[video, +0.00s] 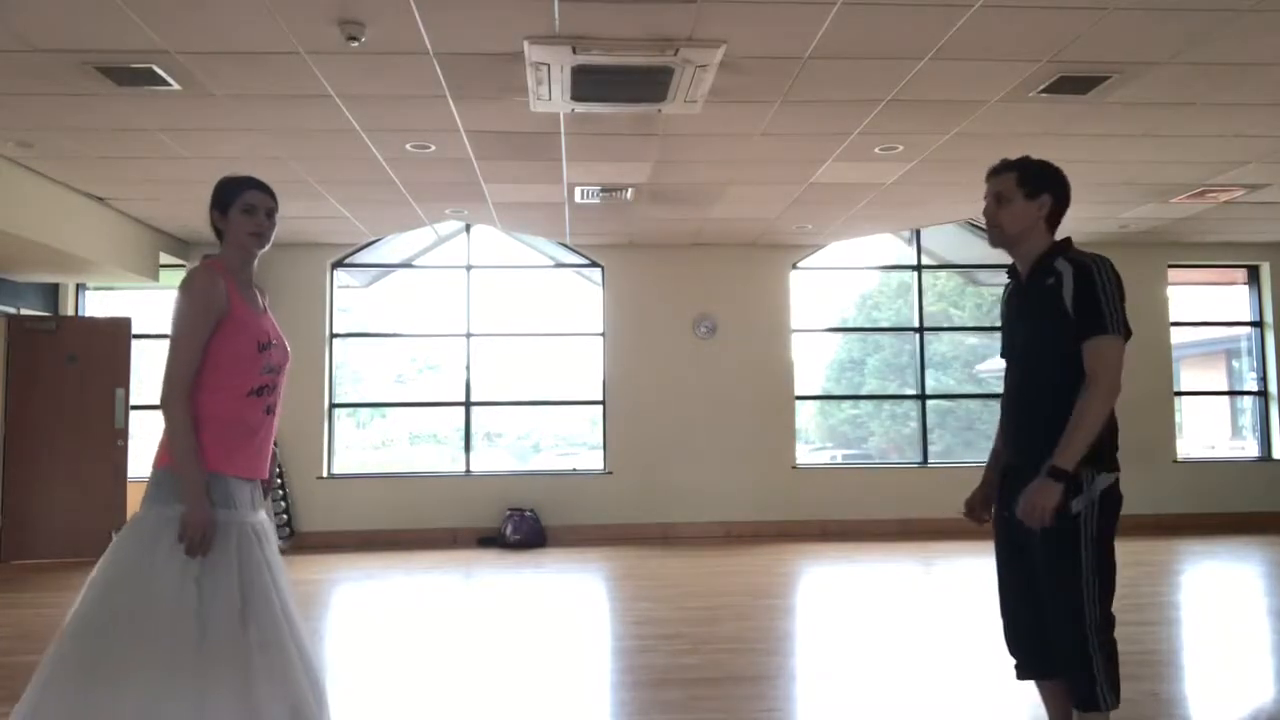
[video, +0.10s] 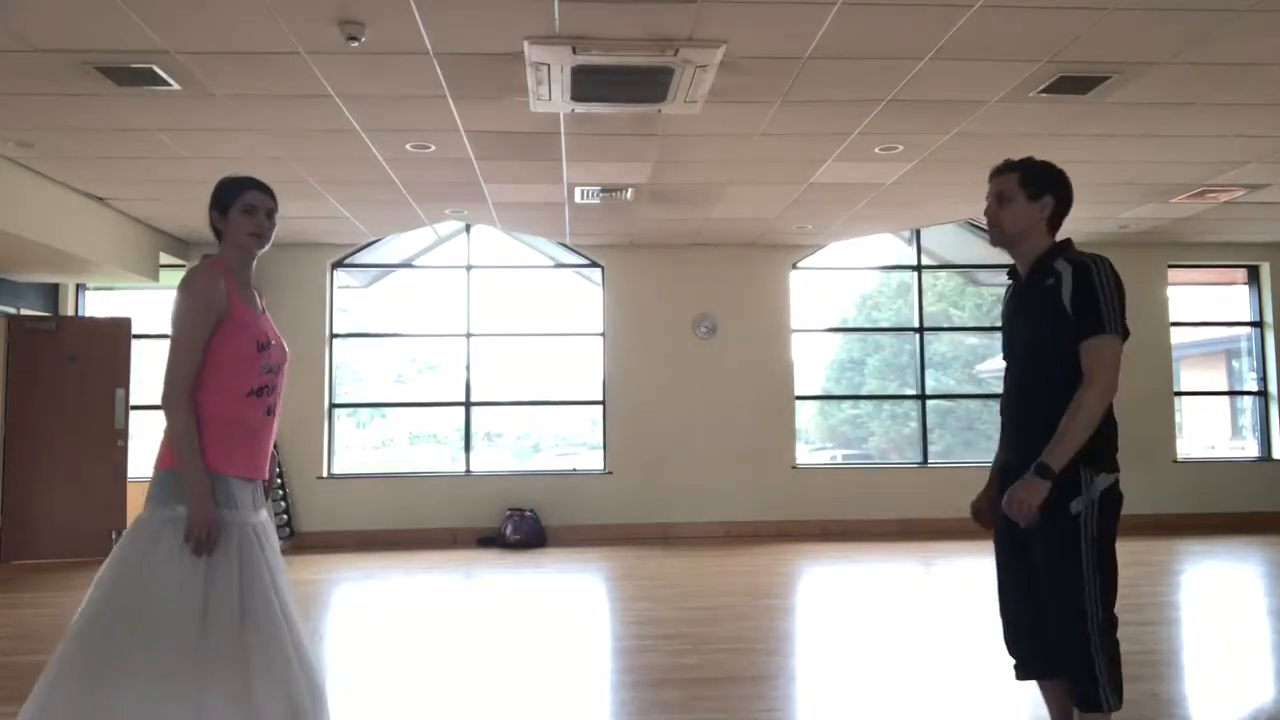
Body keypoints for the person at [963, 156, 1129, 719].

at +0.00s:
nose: (986, 210)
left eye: (1000, 199)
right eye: (987, 200)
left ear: (1044, 207)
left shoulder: (1087, 271)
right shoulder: (1016, 292)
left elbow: (1104, 384)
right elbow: (1019, 397)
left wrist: (1055, 475)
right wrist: (991, 479)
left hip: (1076, 483)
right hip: (1022, 482)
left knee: (1076, 635)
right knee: (1038, 635)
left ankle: (1089, 715)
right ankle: (1060, 715)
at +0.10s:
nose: (987, 210)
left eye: (1001, 199)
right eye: (989, 200)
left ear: (1045, 208)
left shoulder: (1086, 271)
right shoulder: (1017, 293)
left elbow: (1100, 385)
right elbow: (1022, 399)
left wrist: (1042, 474)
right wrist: (996, 482)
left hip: (1077, 484)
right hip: (1023, 484)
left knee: (1078, 636)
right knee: (1038, 637)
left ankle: (1092, 714)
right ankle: (1062, 714)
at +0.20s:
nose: (987, 210)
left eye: (1001, 200)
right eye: (989, 201)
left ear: (1045, 208)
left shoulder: (1084, 271)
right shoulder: (1017, 294)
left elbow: (1096, 386)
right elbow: (1021, 399)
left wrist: (1039, 476)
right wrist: (996, 481)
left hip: (1076, 483)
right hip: (1023, 484)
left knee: (1082, 635)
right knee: (1042, 637)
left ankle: (1093, 715)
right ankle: (1063, 715)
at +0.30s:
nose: (986, 210)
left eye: (1000, 200)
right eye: (988, 201)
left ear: (1042, 209)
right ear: (1019, 213)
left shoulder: (1081, 272)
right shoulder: (1017, 291)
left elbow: (1092, 388)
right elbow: (1019, 399)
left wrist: (1043, 479)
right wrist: (986, 479)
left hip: (1073, 483)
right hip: (1022, 482)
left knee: (1080, 633)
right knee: (1039, 633)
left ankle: (1093, 716)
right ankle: (1064, 715)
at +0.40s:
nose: (985, 212)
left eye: (1000, 200)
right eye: (987, 201)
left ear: (1041, 209)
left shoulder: (1081, 273)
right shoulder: (1016, 293)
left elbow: (1094, 387)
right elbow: (1014, 400)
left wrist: (1051, 481)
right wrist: (979, 478)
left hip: (1070, 484)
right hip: (1021, 483)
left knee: (1078, 636)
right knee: (1042, 637)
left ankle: (1092, 714)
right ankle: (1066, 714)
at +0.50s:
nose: (985, 212)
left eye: (999, 201)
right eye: (987, 202)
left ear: (1041, 210)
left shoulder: (1081, 274)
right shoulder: (1014, 294)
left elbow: (1099, 385)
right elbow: (1013, 398)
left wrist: (1059, 482)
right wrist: (977, 477)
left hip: (1068, 484)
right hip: (1020, 484)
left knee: (1076, 635)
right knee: (1042, 635)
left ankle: (1091, 715)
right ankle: (1066, 714)